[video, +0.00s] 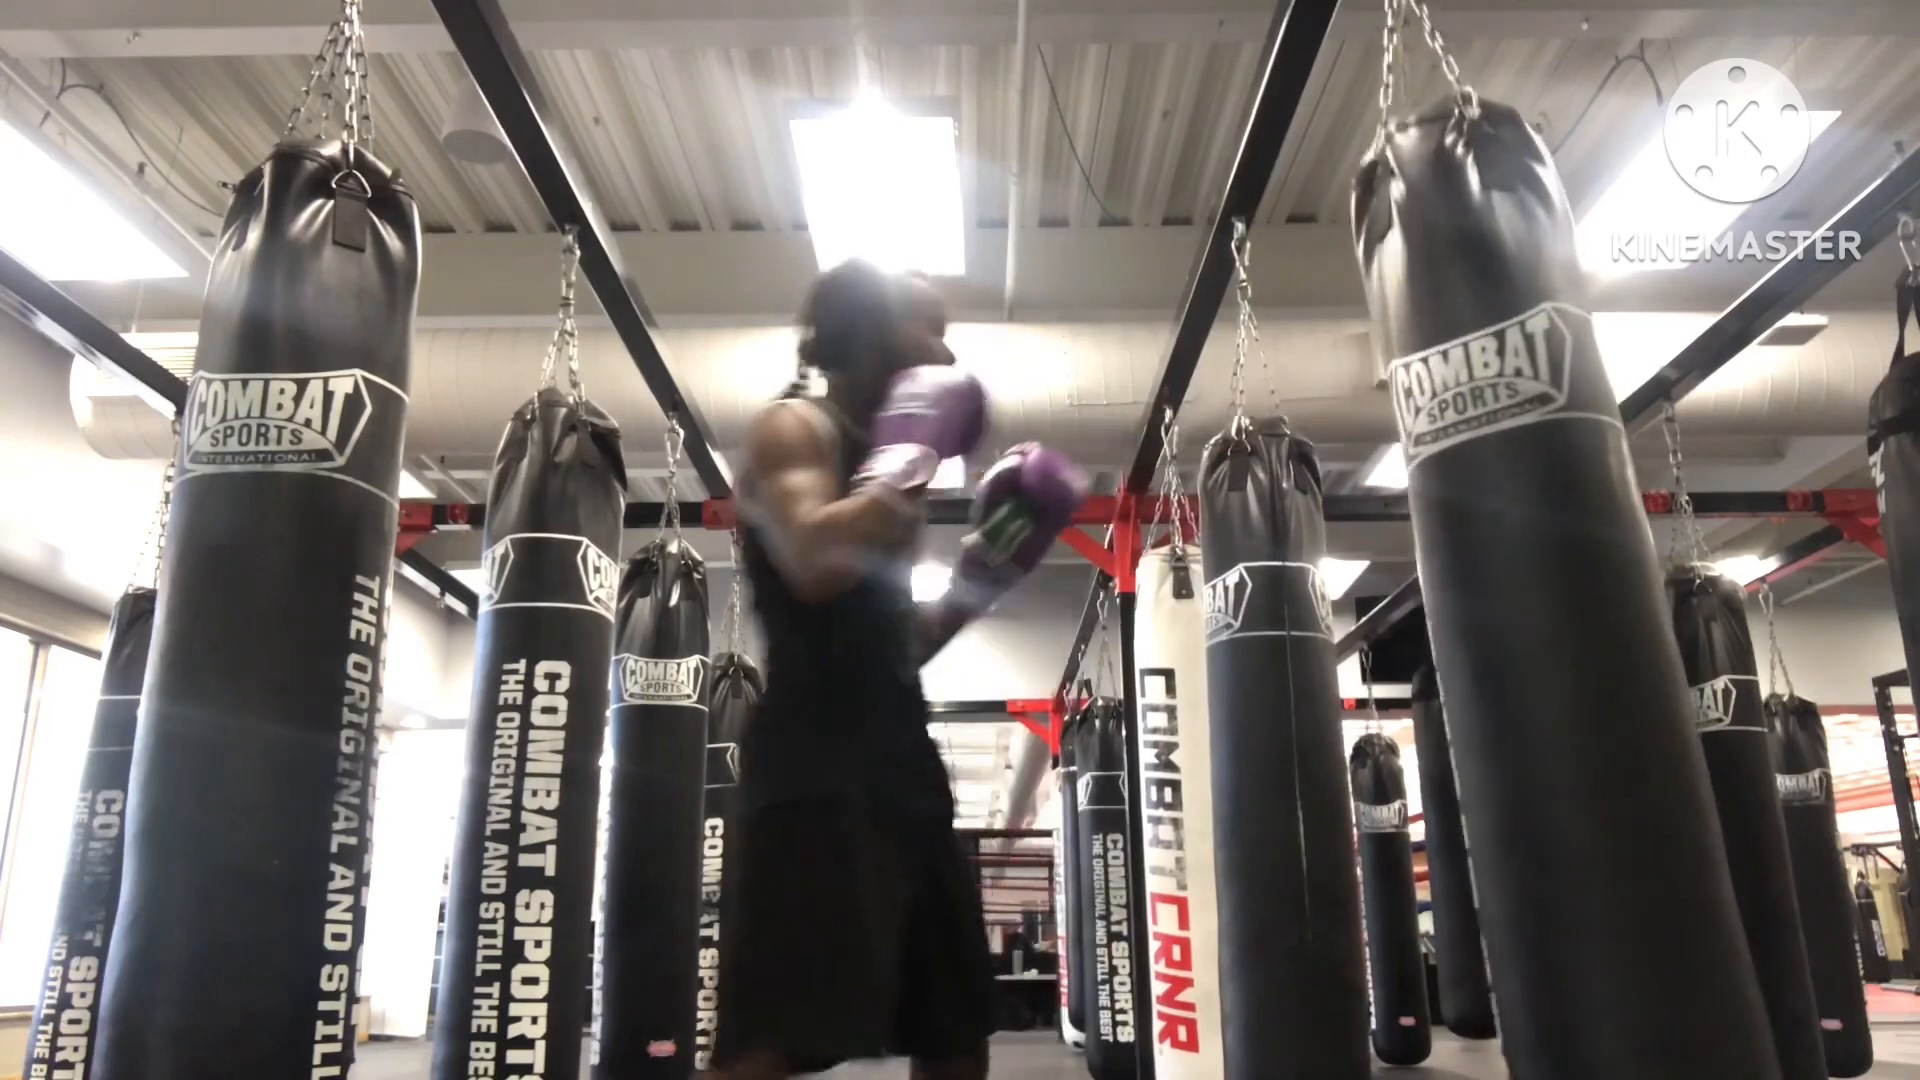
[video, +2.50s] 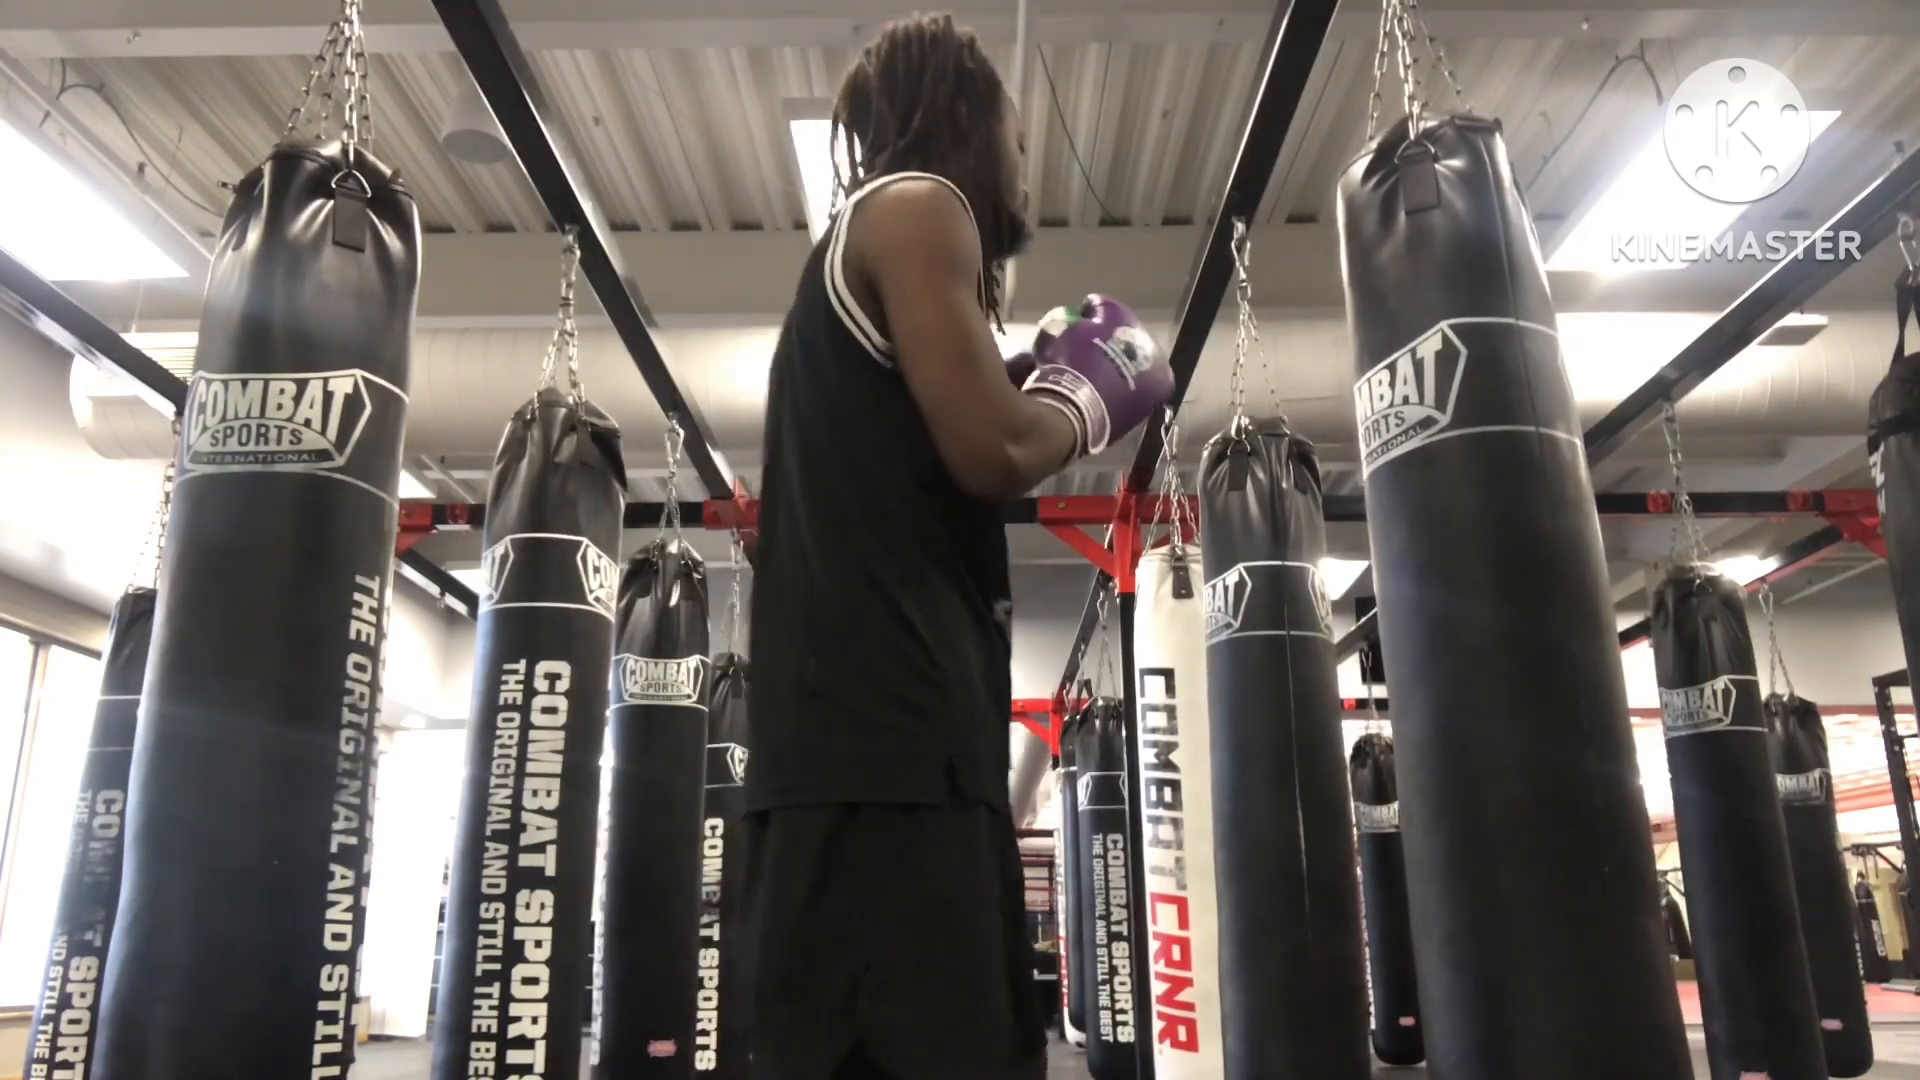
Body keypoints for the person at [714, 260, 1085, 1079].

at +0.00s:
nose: (946, 352)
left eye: (944, 332)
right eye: (930, 329)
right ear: (875, 332)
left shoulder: (878, 463)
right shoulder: (792, 425)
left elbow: (894, 652)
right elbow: (811, 558)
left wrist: (977, 577)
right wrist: (918, 450)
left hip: (897, 763)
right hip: (814, 766)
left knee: (952, 1030)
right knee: (771, 1035)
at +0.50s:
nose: (853, 308)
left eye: (851, 286)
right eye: (835, 279)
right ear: (768, 276)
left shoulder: (772, 418)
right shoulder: (686, 375)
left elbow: (789, 617)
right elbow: (746, 543)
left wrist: (890, 526)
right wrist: (843, 437)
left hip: (796, 760)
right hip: (695, 765)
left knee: (916, 1038)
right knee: (672, 1048)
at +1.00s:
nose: (950, 315)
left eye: (949, 293)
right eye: (936, 288)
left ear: (870, 293)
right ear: (869, 281)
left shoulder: (864, 410)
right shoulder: (787, 367)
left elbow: (873, 613)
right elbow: (848, 540)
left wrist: (969, 532)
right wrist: (944, 429)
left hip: (876, 772)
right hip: (783, 771)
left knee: (960, 1047)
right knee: (728, 1046)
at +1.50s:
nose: (954, 278)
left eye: (954, 253)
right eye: (942, 248)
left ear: (879, 245)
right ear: (878, 237)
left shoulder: (849, 373)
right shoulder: (776, 318)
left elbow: (912, 555)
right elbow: (860, 513)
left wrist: (964, 451)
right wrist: (960, 420)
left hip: (872, 734)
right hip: (790, 738)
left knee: (1003, 1031)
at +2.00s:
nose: (1029, 235)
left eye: (1027, 213)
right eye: (1019, 207)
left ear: (922, 192)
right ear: (974, 196)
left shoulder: (885, 288)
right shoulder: (904, 260)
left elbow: (1000, 485)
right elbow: (1004, 479)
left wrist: (1071, 395)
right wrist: (1078, 392)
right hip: (888, 753)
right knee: (923, 1035)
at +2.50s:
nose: (1014, 141)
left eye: (1009, 117)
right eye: (1003, 115)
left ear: (882, 116)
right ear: (966, 113)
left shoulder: (857, 237)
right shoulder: (914, 207)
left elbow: (939, 443)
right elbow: (995, 453)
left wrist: (1041, 379)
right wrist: (1088, 401)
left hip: (842, 754)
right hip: (893, 758)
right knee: (928, 1039)